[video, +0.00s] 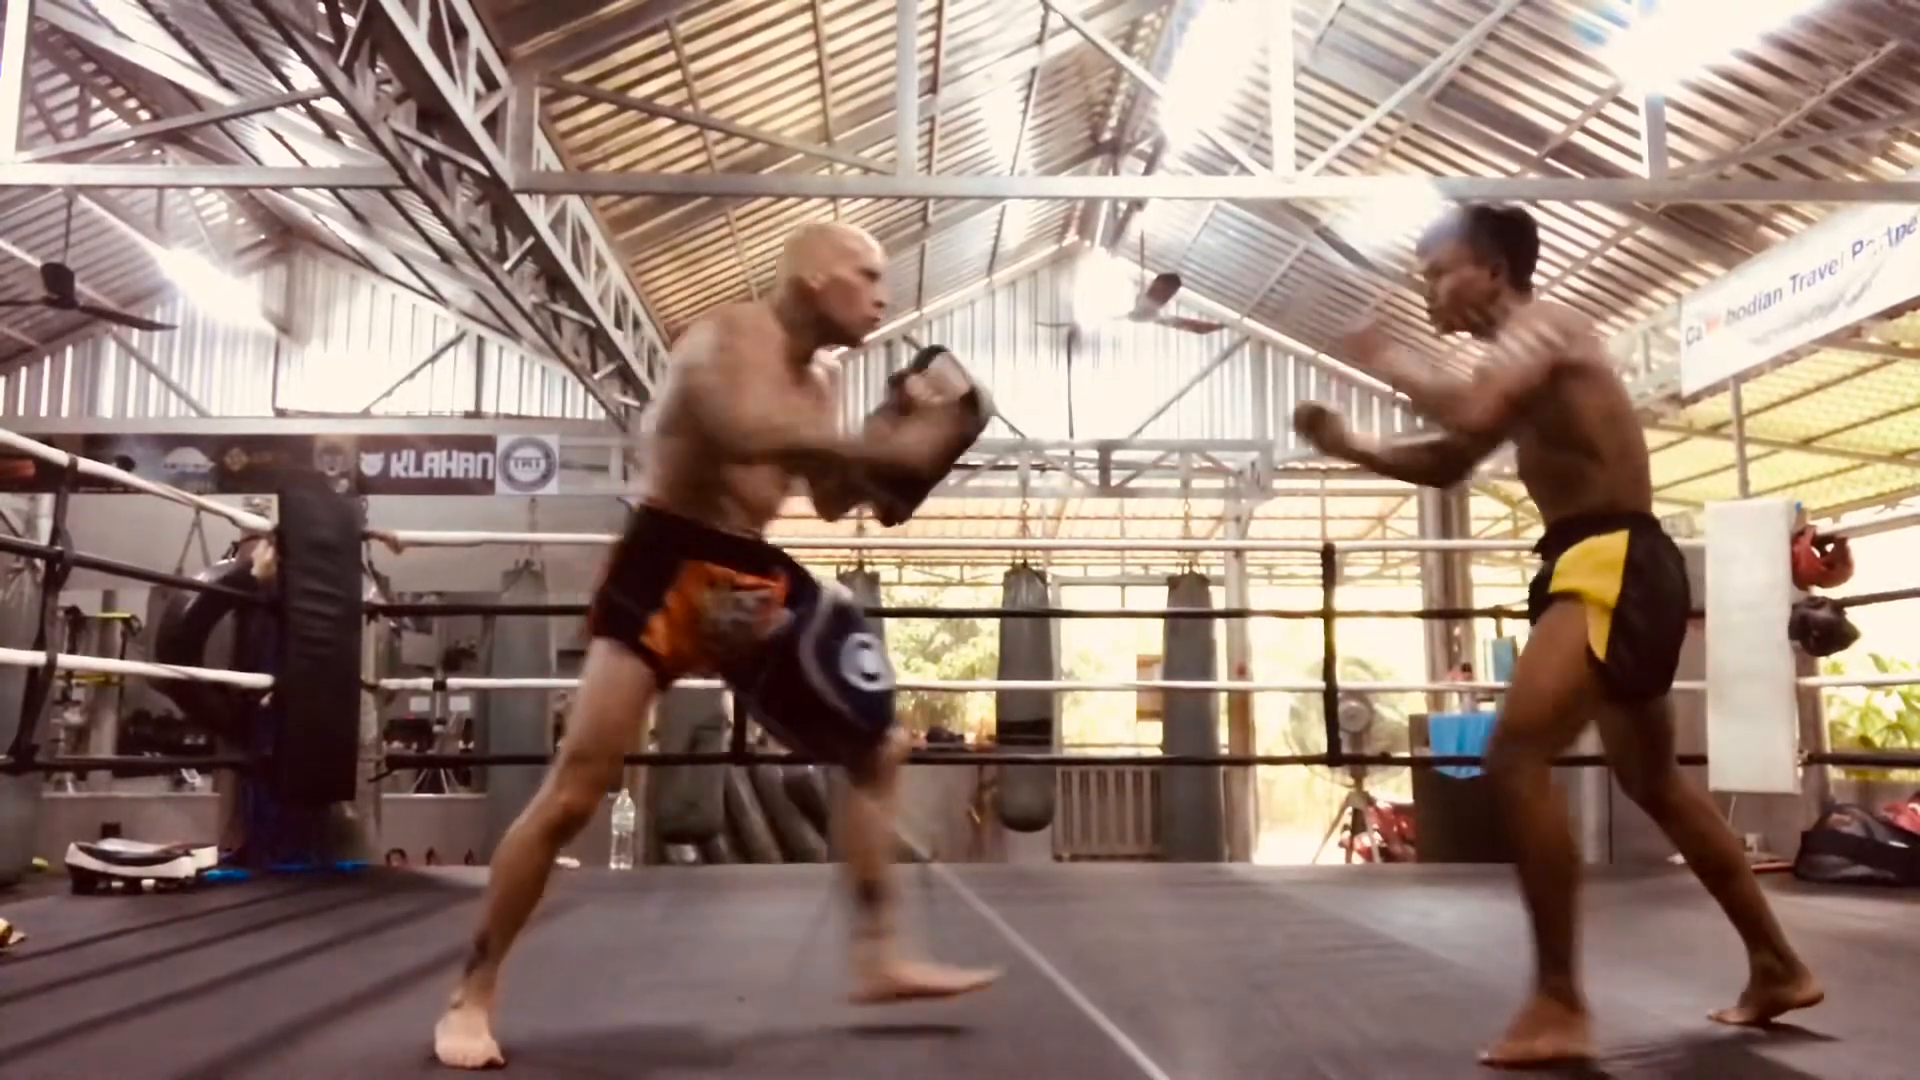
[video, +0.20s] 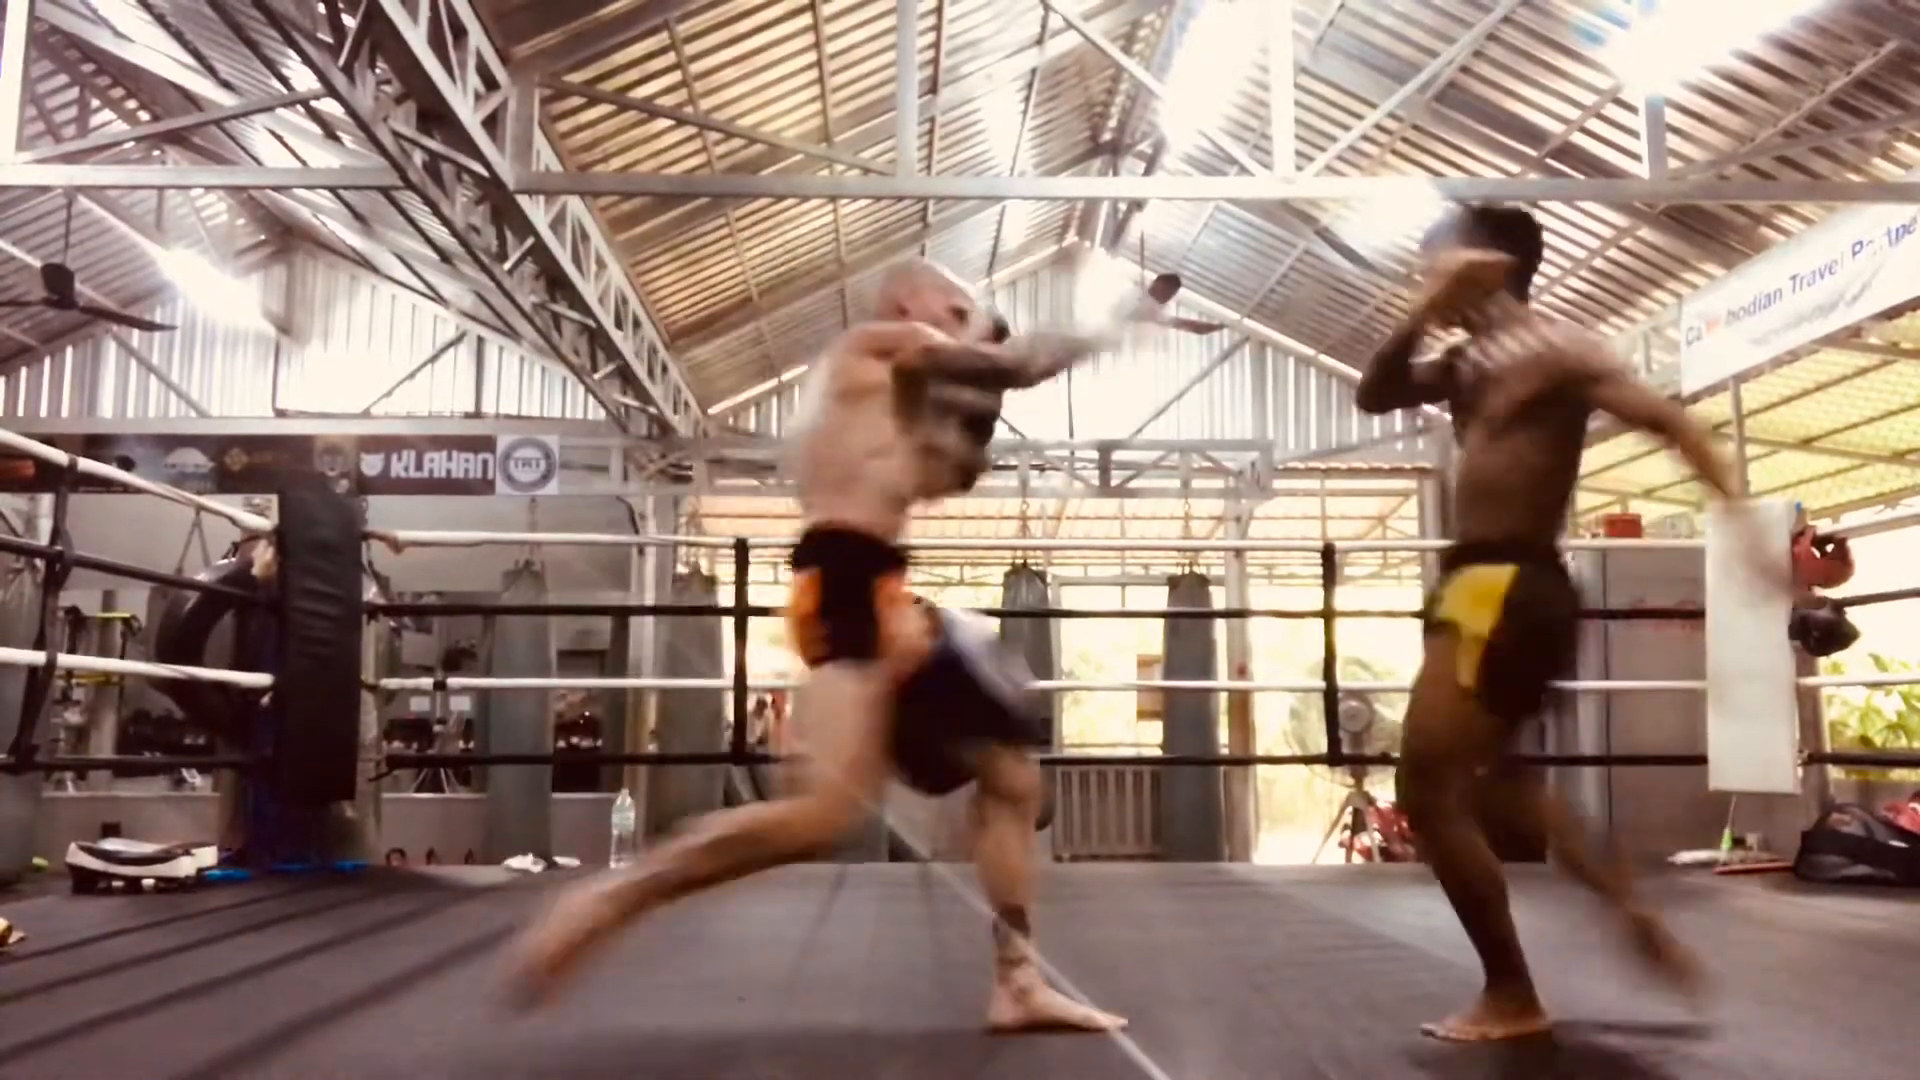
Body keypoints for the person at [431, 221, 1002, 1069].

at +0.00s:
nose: (881, 300)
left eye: (881, 284)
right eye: (868, 280)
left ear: (833, 287)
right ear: (816, 278)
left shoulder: (815, 385)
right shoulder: (733, 333)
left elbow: (833, 497)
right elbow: (740, 425)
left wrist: (904, 433)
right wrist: (884, 450)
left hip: (751, 576)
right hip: (665, 563)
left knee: (877, 745)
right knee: (572, 796)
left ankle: (876, 962)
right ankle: (473, 996)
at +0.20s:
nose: (962, 333)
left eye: (963, 322)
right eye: (952, 317)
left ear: (915, 316)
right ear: (905, 306)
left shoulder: (902, 387)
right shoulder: (871, 344)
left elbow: (953, 471)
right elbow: (1015, 362)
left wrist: (982, 366)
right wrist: (1125, 324)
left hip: (882, 590)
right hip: (849, 582)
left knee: (1013, 777)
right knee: (830, 809)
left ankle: (1020, 984)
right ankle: (604, 905)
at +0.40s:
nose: (1028, 328)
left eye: (1032, 320)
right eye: (1019, 305)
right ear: (967, 288)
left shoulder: (966, 398)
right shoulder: (911, 323)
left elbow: (1030, 468)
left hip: (919, 586)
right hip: (926, 511)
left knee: (1021, 775)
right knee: (1158, 530)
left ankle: (1020, 981)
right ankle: (1237, 576)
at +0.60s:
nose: (1029, 259)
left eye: (1034, 244)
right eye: (1016, 241)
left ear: (1024, 253)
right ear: (963, 240)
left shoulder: (998, 346)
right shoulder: (919, 301)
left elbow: (1071, 435)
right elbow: (857, 381)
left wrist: (1090, 342)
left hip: (955, 553)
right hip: (975, 503)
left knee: (1026, 770)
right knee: (1214, 508)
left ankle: (1022, 980)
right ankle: (1354, 634)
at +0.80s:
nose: (1062, 236)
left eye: (1067, 221)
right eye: (1048, 217)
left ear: (1017, 221)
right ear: (993, 213)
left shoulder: (982, 297)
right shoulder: (965, 279)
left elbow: (984, 433)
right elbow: (1052, 356)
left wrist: (1049, 403)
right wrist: (1178, 321)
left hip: (956, 527)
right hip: (989, 515)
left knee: (1035, 765)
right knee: (1093, 742)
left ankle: (1026, 974)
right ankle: (987, 984)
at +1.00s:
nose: (1109, 288)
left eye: (1116, 272)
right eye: (1103, 266)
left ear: (1061, 250)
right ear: (1054, 243)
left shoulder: (1017, 323)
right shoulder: (990, 288)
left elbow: (1002, 487)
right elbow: (1106, 385)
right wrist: (1193, 323)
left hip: (977, 545)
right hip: (930, 534)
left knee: (1044, 767)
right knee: (984, 786)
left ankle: (1022, 982)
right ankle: (901, 1042)